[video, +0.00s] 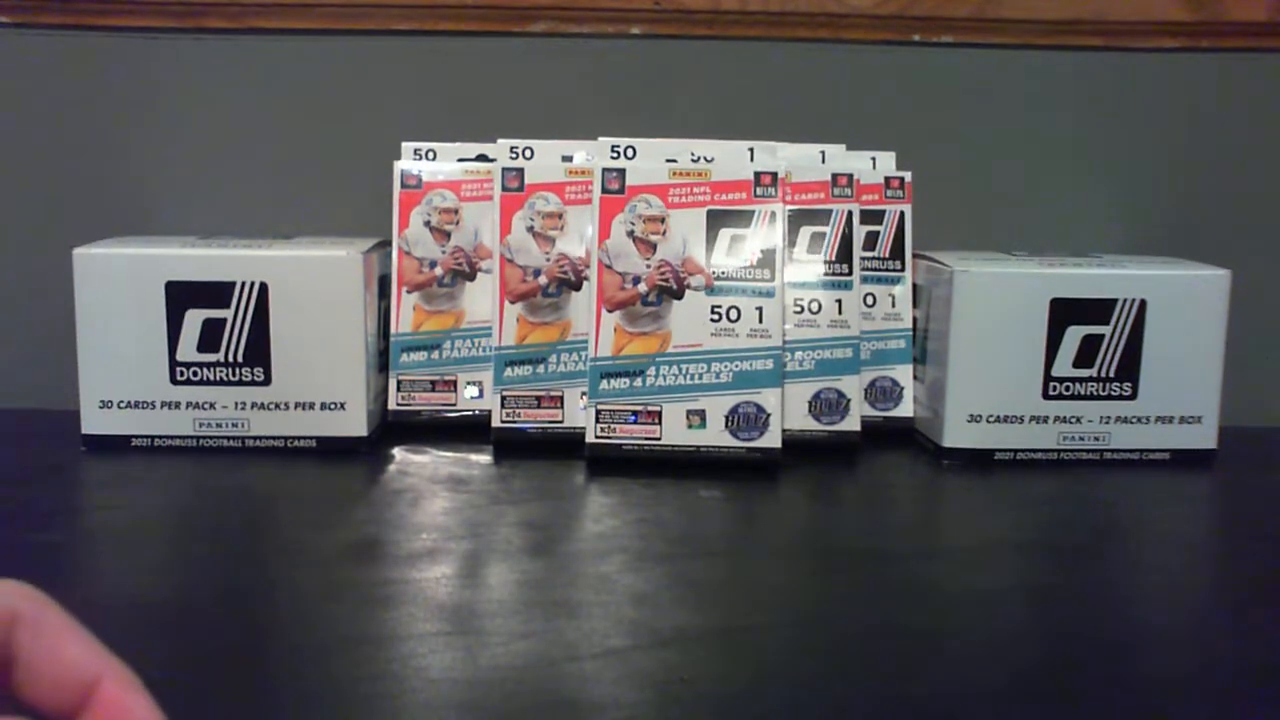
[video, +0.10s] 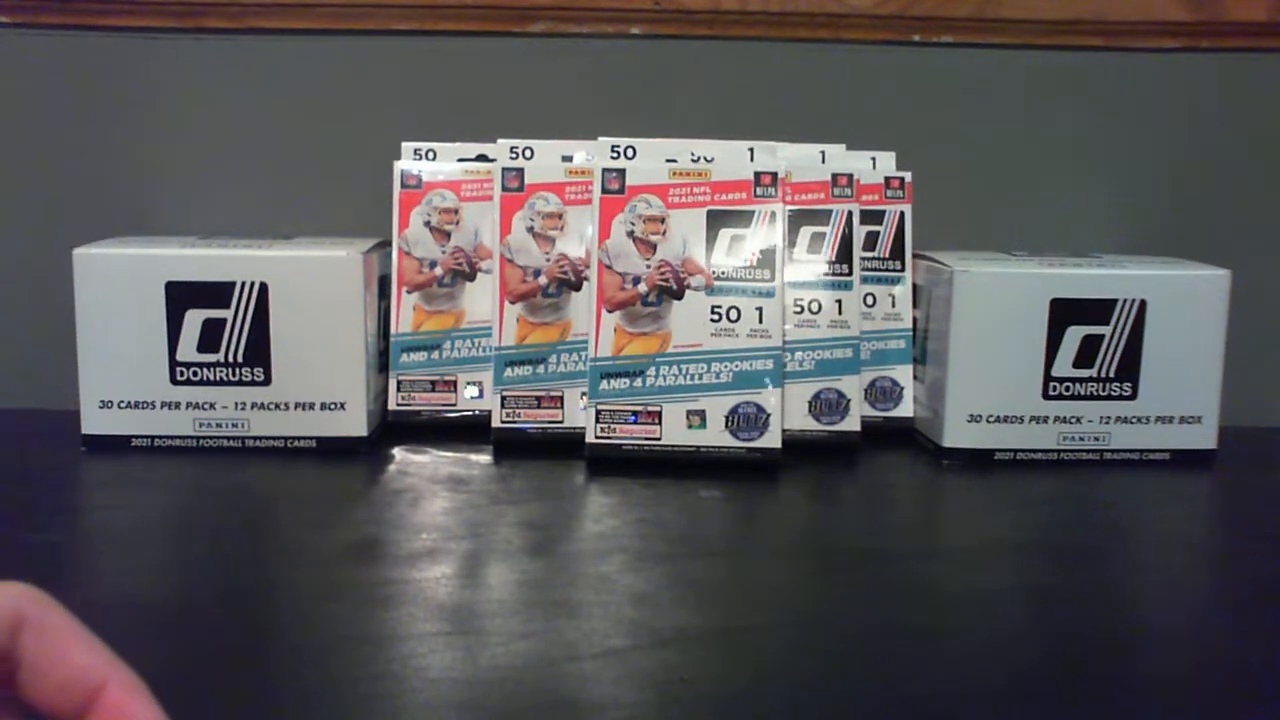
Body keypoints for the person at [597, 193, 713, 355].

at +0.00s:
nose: (658, 228)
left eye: (661, 221)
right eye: (651, 222)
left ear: (666, 223)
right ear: (634, 223)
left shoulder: (674, 249)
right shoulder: (613, 250)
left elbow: (706, 278)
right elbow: (610, 302)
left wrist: (688, 281)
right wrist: (645, 286)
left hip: (655, 335)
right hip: (623, 332)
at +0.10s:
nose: (658, 228)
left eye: (661, 222)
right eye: (651, 222)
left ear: (666, 223)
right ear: (634, 223)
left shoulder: (673, 250)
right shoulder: (613, 250)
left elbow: (706, 278)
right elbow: (610, 302)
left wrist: (688, 281)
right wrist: (645, 286)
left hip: (655, 335)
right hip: (623, 333)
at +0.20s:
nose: (658, 228)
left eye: (661, 222)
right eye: (651, 222)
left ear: (666, 223)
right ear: (634, 223)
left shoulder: (674, 249)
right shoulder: (613, 250)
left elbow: (706, 278)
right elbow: (610, 302)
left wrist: (689, 281)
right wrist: (645, 286)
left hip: (655, 335)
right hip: (623, 332)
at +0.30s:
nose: (658, 228)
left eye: (661, 221)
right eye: (651, 221)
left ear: (666, 223)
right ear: (634, 223)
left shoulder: (674, 248)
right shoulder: (613, 249)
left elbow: (706, 278)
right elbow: (610, 302)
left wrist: (689, 281)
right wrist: (645, 286)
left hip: (655, 335)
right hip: (623, 332)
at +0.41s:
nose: (658, 228)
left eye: (661, 222)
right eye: (651, 222)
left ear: (666, 223)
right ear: (634, 223)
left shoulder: (674, 248)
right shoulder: (613, 249)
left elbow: (706, 278)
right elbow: (610, 302)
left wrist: (689, 281)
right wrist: (645, 286)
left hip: (655, 335)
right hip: (623, 332)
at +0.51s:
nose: (658, 228)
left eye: (661, 221)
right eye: (651, 221)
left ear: (666, 223)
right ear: (634, 223)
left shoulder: (674, 248)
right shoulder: (613, 250)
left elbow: (706, 278)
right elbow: (610, 303)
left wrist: (689, 281)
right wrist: (645, 286)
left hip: (655, 335)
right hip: (623, 332)